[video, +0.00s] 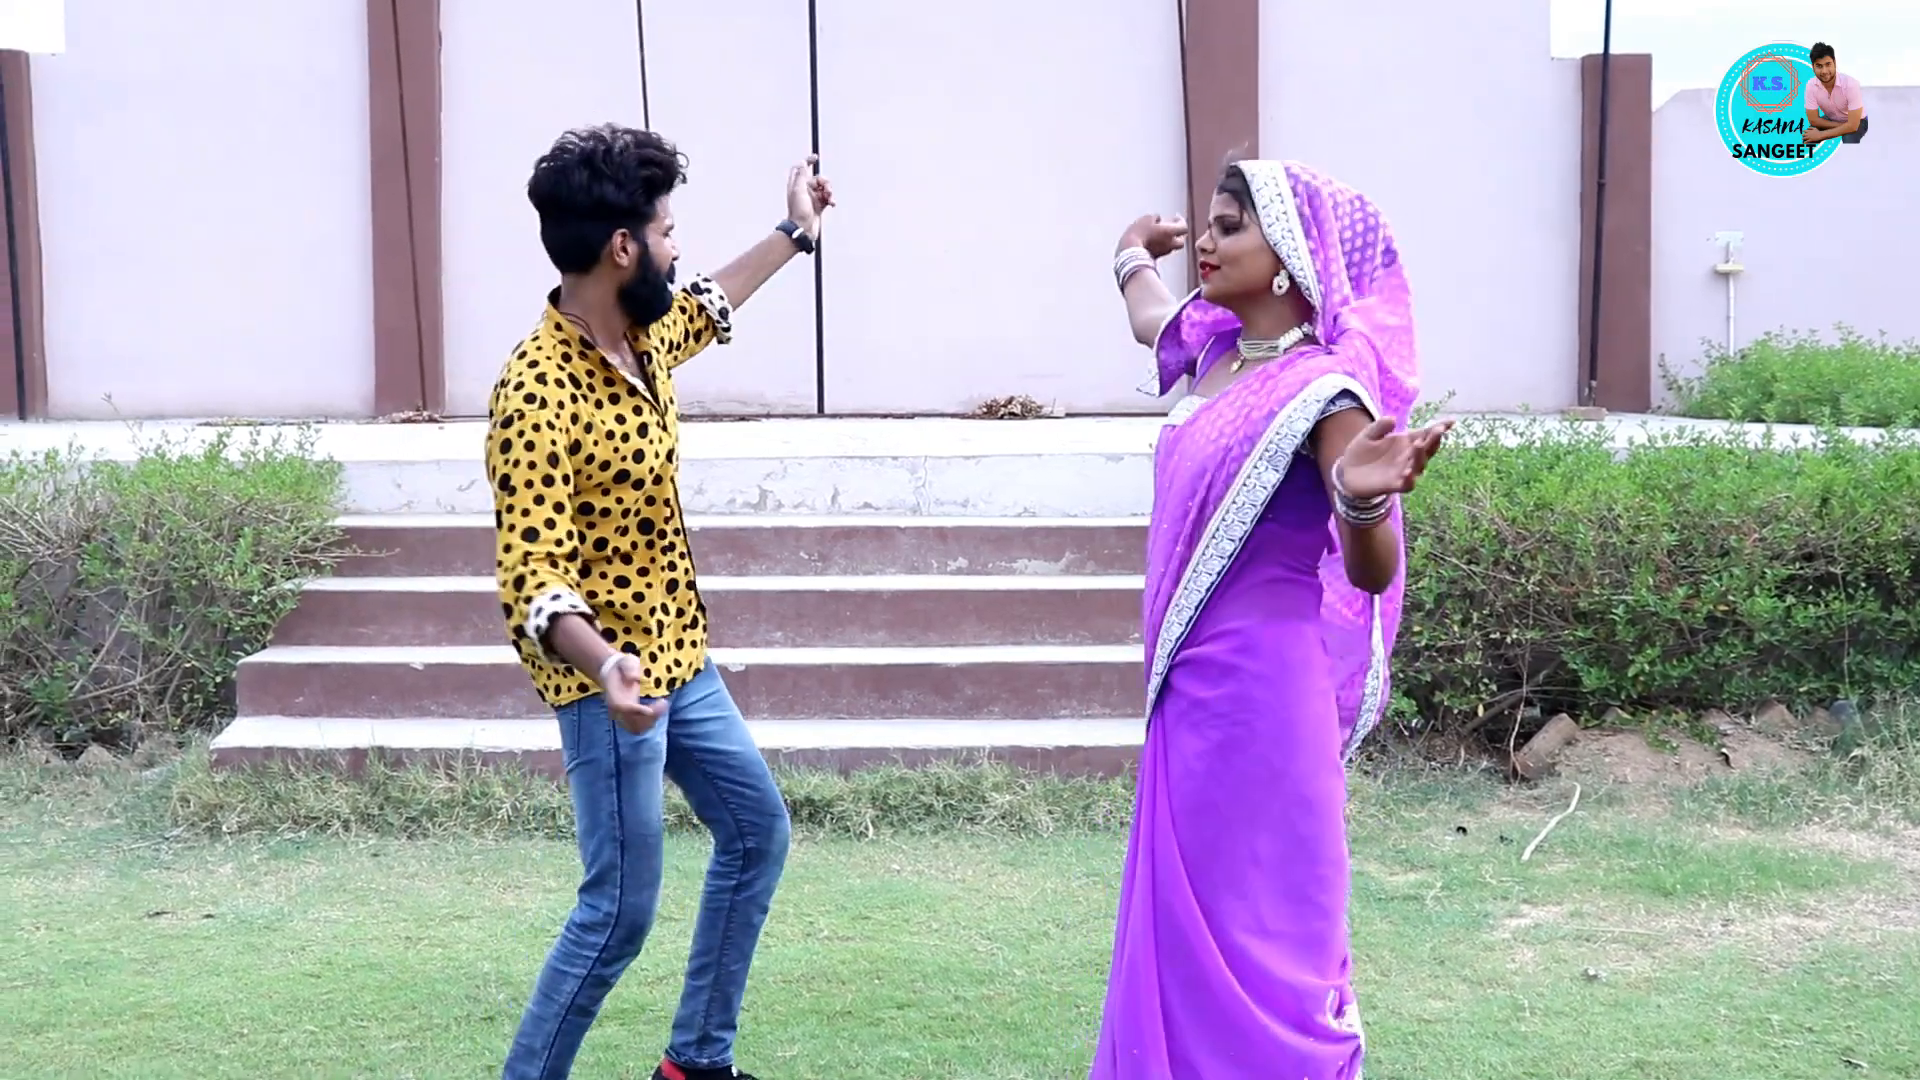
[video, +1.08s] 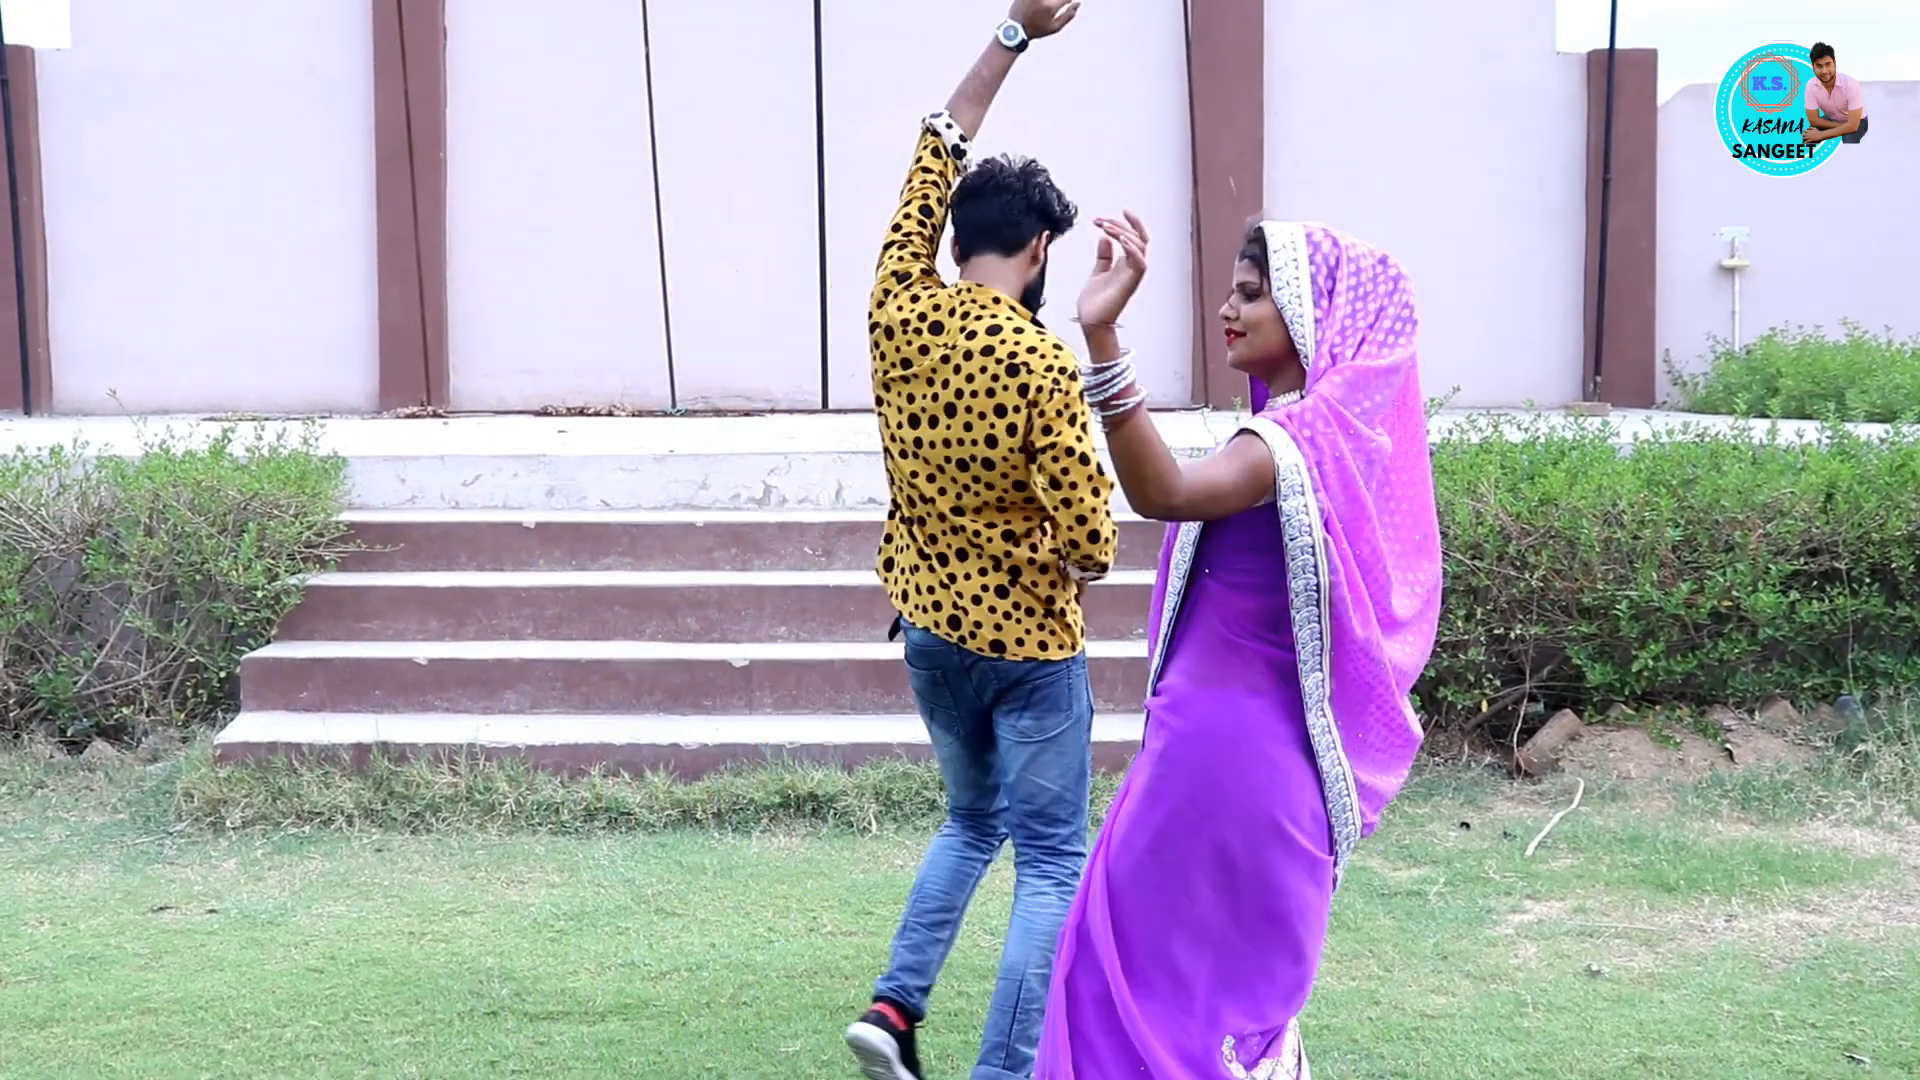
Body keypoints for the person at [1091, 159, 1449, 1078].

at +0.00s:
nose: (1205, 243)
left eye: (1229, 225)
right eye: (1208, 227)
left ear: (1294, 252)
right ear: (1252, 261)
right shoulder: (1220, 356)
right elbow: (1160, 321)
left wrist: (1365, 504)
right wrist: (1134, 259)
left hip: (1271, 690)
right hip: (1189, 684)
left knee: (1268, 946)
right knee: (1171, 932)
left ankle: (1296, 1064)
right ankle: (1172, 1066)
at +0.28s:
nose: (1224, 255)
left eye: (1248, 235)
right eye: (1225, 241)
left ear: (1316, 258)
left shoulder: (1321, 384)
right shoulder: (1241, 360)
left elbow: (1343, 499)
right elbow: (1191, 314)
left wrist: (1391, 429)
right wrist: (1166, 256)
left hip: (1236, 696)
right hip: (1173, 684)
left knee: (1218, 939)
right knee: (1140, 927)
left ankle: (1266, 1065)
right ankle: (1144, 1069)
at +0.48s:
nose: (1226, 279)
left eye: (1250, 263)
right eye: (1228, 263)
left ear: (1310, 290)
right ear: (1296, 299)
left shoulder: (1301, 403)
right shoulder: (1278, 386)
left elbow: (1280, 458)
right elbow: (1239, 313)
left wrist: (1284, 484)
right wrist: (1230, 213)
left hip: (1234, 738)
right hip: (1218, 726)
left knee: (1190, 978)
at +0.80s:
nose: (1233, 304)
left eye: (1256, 288)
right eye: (1233, 286)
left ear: (1319, 312)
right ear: (1320, 319)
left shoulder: (1307, 432)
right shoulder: (1315, 413)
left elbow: (1219, 518)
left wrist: (1165, 413)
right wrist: (1328, 253)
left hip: (1235, 742)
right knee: (1085, 908)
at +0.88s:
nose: (1233, 313)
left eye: (1258, 296)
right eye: (1235, 297)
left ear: (1326, 316)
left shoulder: (1298, 439)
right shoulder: (1341, 433)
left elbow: (1205, 532)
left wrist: (1152, 393)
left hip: (1232, 755)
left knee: (1096, 919)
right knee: (1075, 900)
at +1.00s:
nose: (1230, 320)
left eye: (1253, 304)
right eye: (1233, 303)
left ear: (1318, 323)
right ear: (1306, 331)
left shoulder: (1301, 443)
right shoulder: (1303, 432)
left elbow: (1173, 523)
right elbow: (1258, 627)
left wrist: (1131, 362)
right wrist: (1177, 751)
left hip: (1229, 765)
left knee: (1097, 965)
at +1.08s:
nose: (1229, 311)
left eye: (1253, 293)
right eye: (1231, 292)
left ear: (1318, 314)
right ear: (1313, 322)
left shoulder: (1295, 433)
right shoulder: (1338, 430)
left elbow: (1162, 493)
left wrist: (1101, 336)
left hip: (1224, 755)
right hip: (1277, 757)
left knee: (1110, 958)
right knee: (1255, 997)